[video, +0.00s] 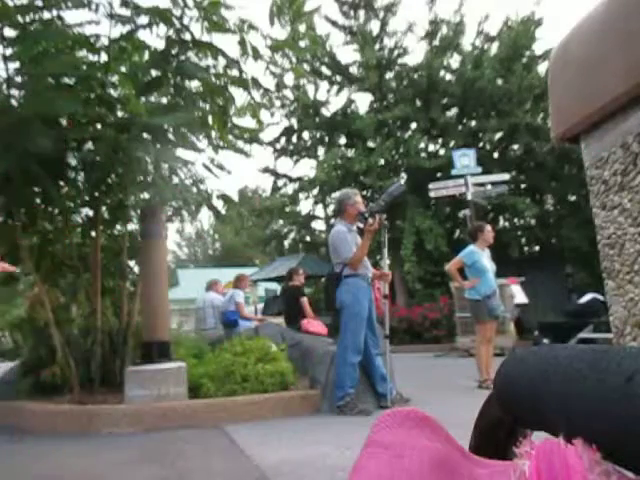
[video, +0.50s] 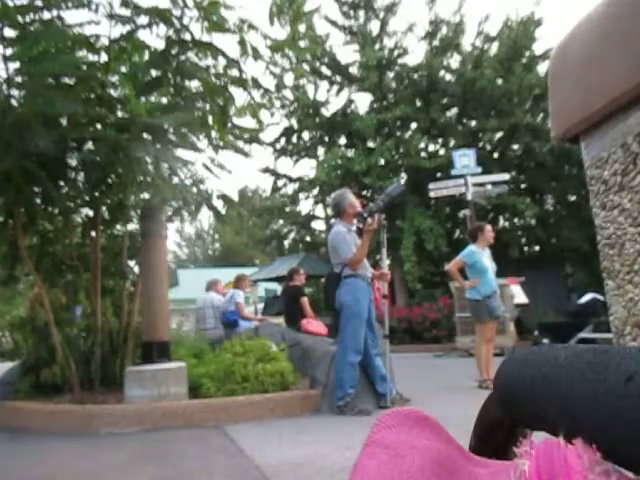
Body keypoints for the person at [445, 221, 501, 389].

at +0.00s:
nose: (492, 235)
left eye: (492, 232)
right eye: (489, 232)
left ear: (487, 235)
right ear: (480, 235)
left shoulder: (486, 252)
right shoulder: (472, 251)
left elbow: (484, 272)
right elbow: (450, 267)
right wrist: (462, 282)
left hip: (491, 294)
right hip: (478, 296)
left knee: (490, 338)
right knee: (482, 338)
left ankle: (489, 376)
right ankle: (483, 377)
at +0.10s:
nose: (493, 235)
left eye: (492, 232)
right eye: (489, 232)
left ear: (486, 235)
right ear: (480, 235)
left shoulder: (486, 251)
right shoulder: (471, 251)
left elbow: (484, 272)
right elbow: (451, 267)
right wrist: (462, 282)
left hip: (491, 294)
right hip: (478, 296)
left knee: (491, 338)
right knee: (483, 338)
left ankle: (489, 376)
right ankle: (483, 377)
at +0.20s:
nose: (493, 235)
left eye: (492, 232)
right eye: (489, 232)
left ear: (486, 235)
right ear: (480, 235)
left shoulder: (486, 251)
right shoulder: (472, 251)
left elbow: (484, 272)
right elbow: (451, 267)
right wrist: (462, 282)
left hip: (491, 294)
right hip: (478, 296)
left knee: (491, 338)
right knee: (483, 338)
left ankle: (489, 376)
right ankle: (483, 377)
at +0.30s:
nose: (493, 235)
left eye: (492, 232)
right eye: (489, 232)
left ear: (486, 235)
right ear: (480, 235)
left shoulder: (486, 251)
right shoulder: (472, 251)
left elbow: (484, 272)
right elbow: (451, 267)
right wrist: (462, 282)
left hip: (491, 294)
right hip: (478, 296)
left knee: (491, 338)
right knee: (483, 338)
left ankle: (489, 376)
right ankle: (483, 377)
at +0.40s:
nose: (493, 235)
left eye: (492, 232)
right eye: (489, 232)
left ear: (486, 235)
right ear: (480, 235)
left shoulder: (486, 251)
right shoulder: (472, 251)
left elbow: (484, 272)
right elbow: (451, 267)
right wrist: (462, 282)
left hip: (491, 294)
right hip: (478, 296)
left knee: (491, 338)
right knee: (483, 338)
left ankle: (489, 376)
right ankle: (483, 377)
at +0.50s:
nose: (493, 235)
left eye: (492, 232)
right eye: (489, 232)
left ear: (487, 235)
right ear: (480, 235)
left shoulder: (487, 251)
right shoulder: (472, 251)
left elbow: (485, 272)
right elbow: (451, 267)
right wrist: (462, 282)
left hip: (491, 294)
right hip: (478, 296)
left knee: (491, 338)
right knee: (483, 338)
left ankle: (489, 376)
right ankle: (483, 377)